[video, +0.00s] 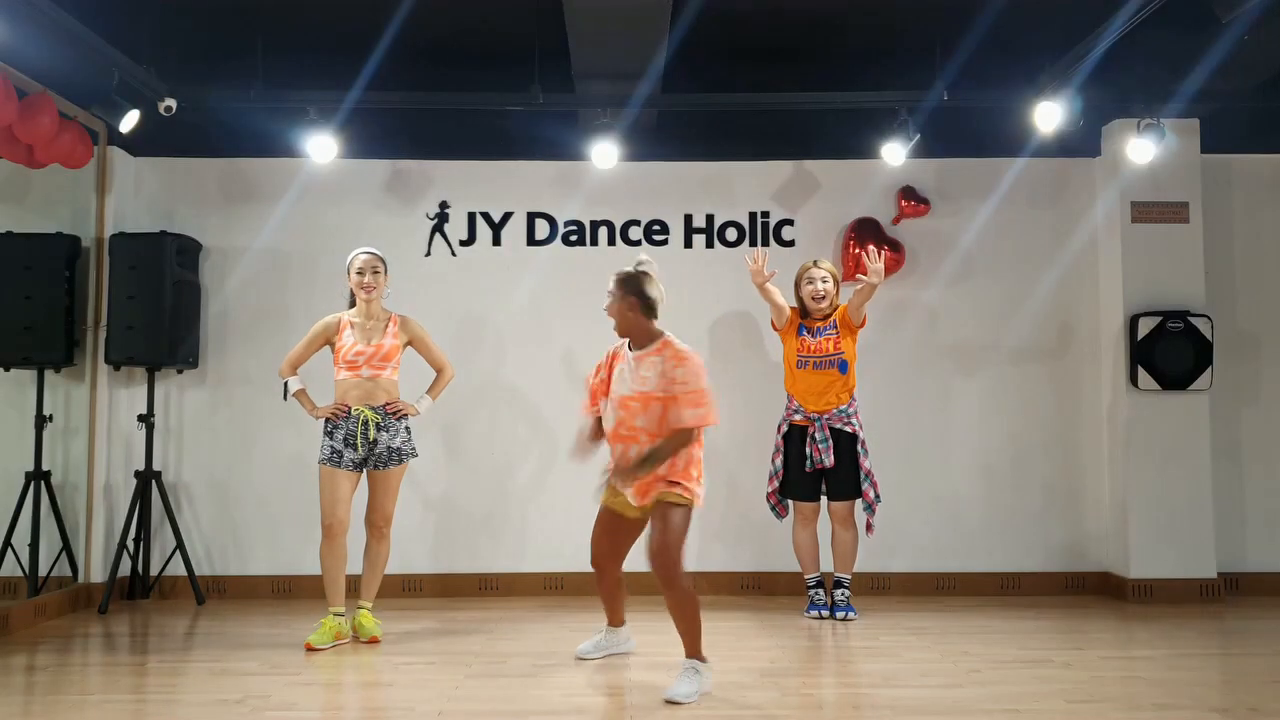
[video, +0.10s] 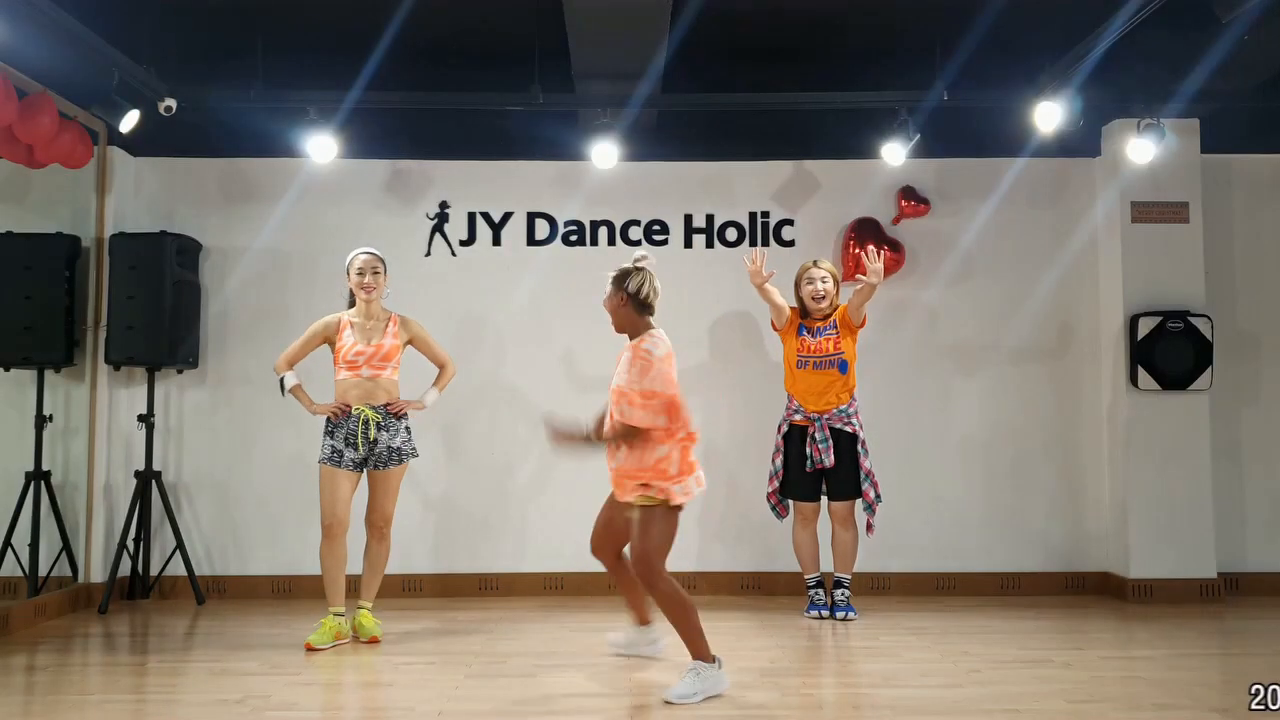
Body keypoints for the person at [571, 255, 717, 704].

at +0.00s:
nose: (607, 308)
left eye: (612, 300)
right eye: (608, 300)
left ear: (634, 305)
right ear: (631, 305)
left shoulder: (680, 360)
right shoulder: (614, 360)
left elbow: (687, 430)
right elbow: (601, 415)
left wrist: (639, 465)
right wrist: (590, 438)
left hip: (673, 475)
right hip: (627, 476)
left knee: (664, 561)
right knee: (603, 557)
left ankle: (695, 663)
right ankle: (617, 632)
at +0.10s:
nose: (606, 305)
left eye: (610, 298)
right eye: (608, 298)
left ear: (625, 301)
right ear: (635, 302)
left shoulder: (650, 352)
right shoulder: (636, 347)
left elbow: (644, 425)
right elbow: (627, 411)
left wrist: (596, 436)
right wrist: (596, 428)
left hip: (661, 481)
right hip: (635, 479)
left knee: (648, 567)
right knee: (604, 547)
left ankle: (707, 666)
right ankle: (646, 630)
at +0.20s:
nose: (606, 300)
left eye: (611, 293)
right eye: (609, 293)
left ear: (624, 299)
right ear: (644, 299)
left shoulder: (626, 346)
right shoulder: (657, 339)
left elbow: (574, 380)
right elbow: (606, 372)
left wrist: (543, 361)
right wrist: (566, 362)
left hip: (641, 468)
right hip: (647, 465)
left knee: (633, 558)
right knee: (626, 553)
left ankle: (702, 653)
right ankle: (670, 635)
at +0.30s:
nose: (600, 297)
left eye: (605, 292)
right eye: (602, 290)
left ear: (618, 298)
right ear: (638, 298)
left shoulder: (601, 332)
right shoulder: (658, 331)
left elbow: (540, 317)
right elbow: (637, 305)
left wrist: (539, 297)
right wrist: (580, 302)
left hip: (621, 467)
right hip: (656, 464)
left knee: (600, 560)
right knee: (635, 550)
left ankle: (658, 629)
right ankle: (673, 634)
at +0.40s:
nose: (585, 299)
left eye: (589, 294)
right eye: (586, 293)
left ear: (600, 298)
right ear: (625, 297)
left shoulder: (593, 329)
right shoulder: (644, 328)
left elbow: (536, 300)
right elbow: (623, 292)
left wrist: (522, 275)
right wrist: (581, 278)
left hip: (614, 465)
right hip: (651, 464)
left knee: (559, 549)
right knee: (634, 548)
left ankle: (602, 631)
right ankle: (672, 637)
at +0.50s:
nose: (566, 299)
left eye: (571, 295)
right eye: (568, 293)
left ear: (581, 302)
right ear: (604, 302)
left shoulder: (568, 334)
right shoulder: (622, 332)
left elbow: (512, 306)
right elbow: (601, 299)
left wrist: (507, 272)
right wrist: (569, 275)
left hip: (599, 467)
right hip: (640, 464)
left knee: (539, 548)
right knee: (630, 552)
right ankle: (672, 637)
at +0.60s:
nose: (540, 302)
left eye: (543, 297)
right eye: (541, 297)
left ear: (551, 305)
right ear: (579, 305)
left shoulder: (541, 343)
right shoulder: (595, 338)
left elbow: (481, 317)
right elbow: (563, 314)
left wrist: (482, 276)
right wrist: (544, 283)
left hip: (575, 470)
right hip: (622, 465)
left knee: (524, 559)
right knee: (627, 554)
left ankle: (496, 645)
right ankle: (671, 637)